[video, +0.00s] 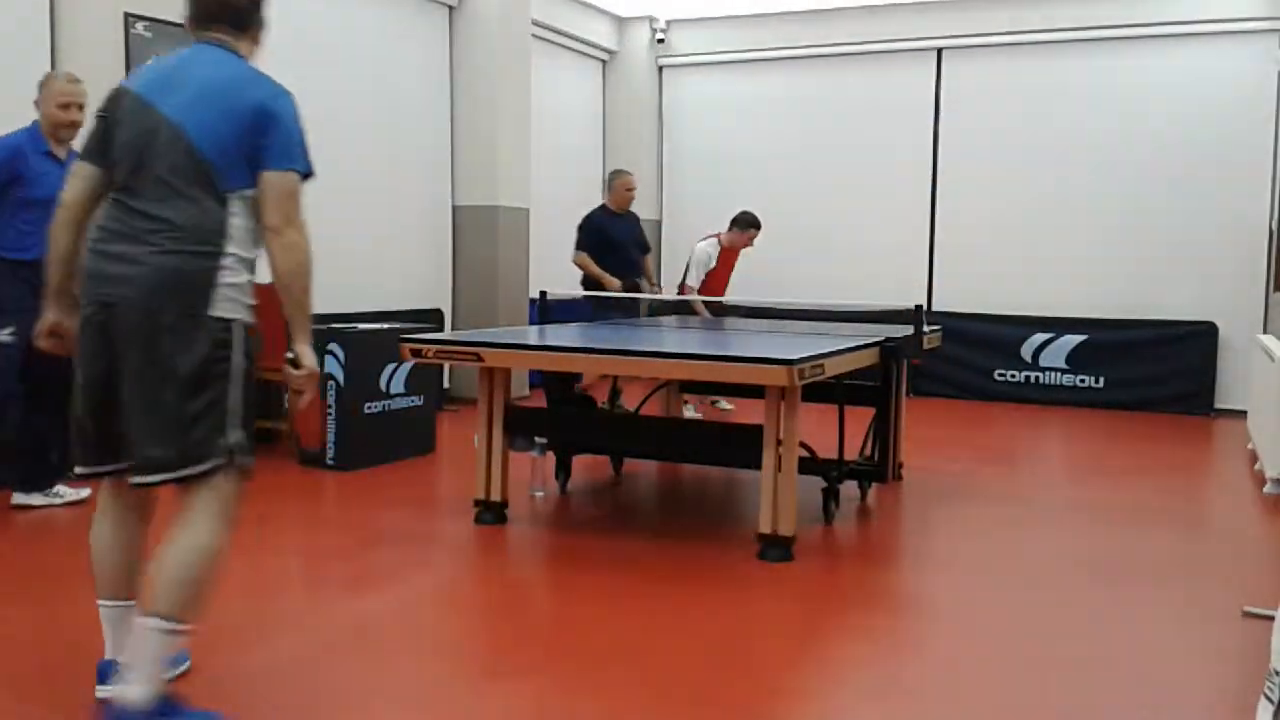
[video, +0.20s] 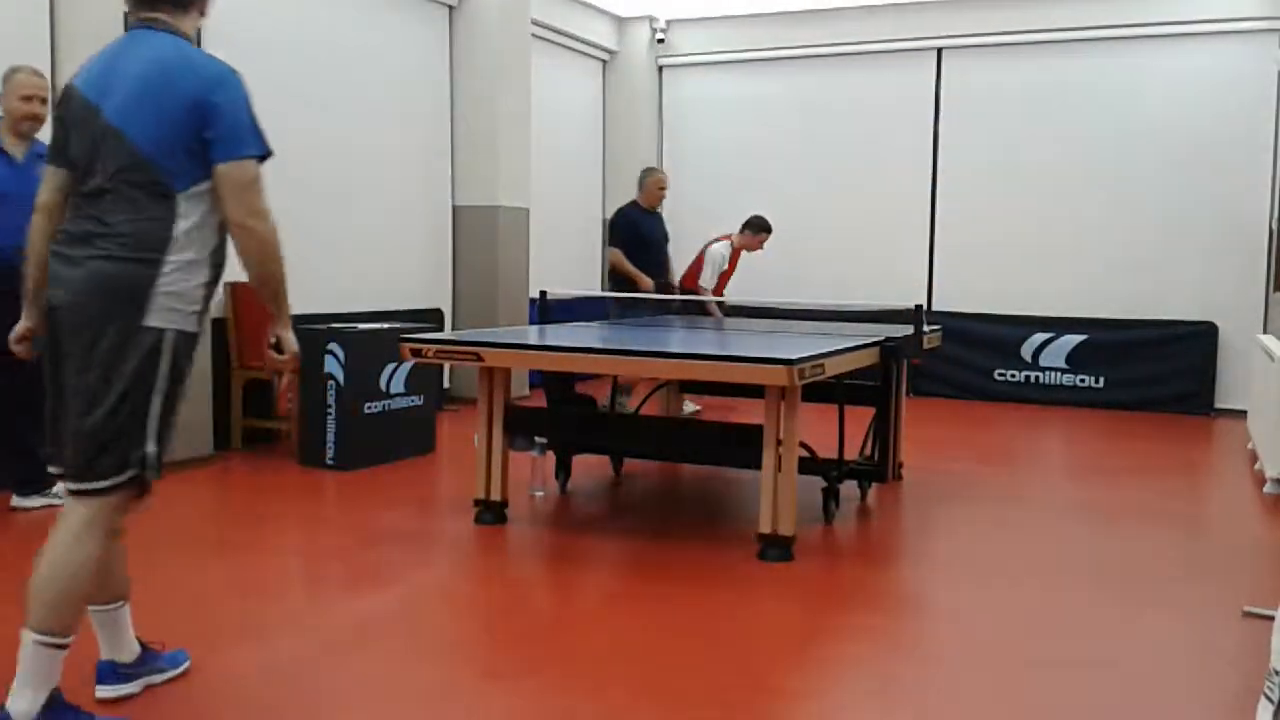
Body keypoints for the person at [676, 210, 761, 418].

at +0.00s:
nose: (750, 243)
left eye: (753, 239)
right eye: (750, 238)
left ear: (741, 232)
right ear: (736, 230)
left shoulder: (735, 250)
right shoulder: (706, 249)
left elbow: (720, 280)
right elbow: (689, 290)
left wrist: (721, 303)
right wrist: (709, 318)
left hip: (715, 304)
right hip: (693, 304)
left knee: (718, 350)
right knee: (691, 351)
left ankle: (713, 394)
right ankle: (685, 399)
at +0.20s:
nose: (761, 248)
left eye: (763, 243)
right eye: (760, 242)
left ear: (747, 234)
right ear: (748, 234)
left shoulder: (735, 249)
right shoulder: (718, 250)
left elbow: (718, 285)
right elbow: (703, 289)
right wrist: (720, 319)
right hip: (692, 297)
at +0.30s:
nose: (768, 256)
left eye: (771, 252)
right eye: (769, 251)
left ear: (757, 242)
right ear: (757, 243)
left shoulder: (738, 254)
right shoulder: (732, 256)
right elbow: (720, 296)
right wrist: (739, 323)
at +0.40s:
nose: (777, 269)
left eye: (779, 264)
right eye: (778, 263)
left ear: (767, 253)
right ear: (769, 254)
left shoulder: (747, 264)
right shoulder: (741, 264)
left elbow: (740, 297)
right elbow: (740, 299)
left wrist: (748, 318)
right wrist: (752, 321)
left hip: (716, 299)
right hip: (703, 297)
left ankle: (732, 391)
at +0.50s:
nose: (782, 281)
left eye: (785, 276)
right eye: (783, 275)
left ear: (771, 265)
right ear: (774, 266)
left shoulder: (744, 265)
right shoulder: (749, 280)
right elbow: (757, 314)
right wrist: (767, 331)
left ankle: (730, 390)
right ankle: (733, 391)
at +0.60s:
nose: (785, 289)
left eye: (789, 284)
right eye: (787, 283)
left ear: (775, 272)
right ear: (778, 274)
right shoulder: (753, 287)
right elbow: (764, 318)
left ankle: (730, 390)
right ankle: (737, 391)